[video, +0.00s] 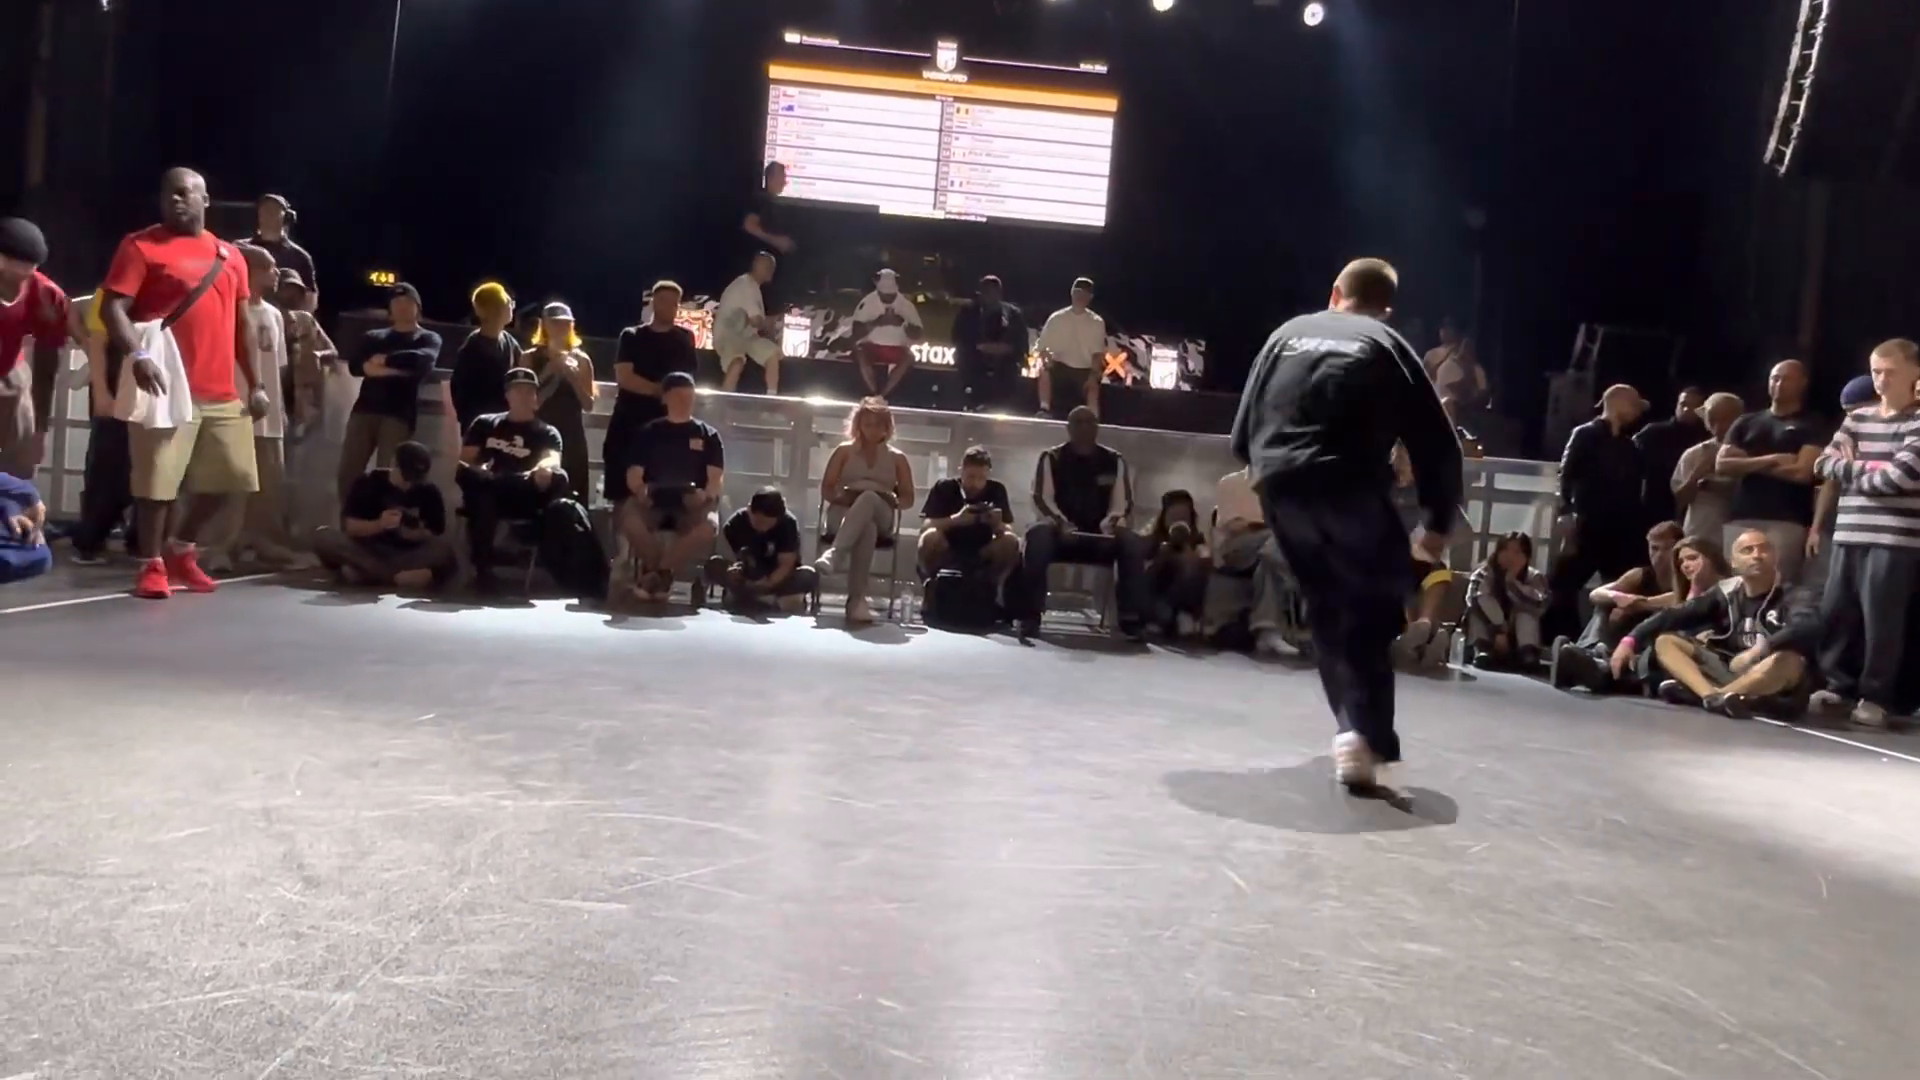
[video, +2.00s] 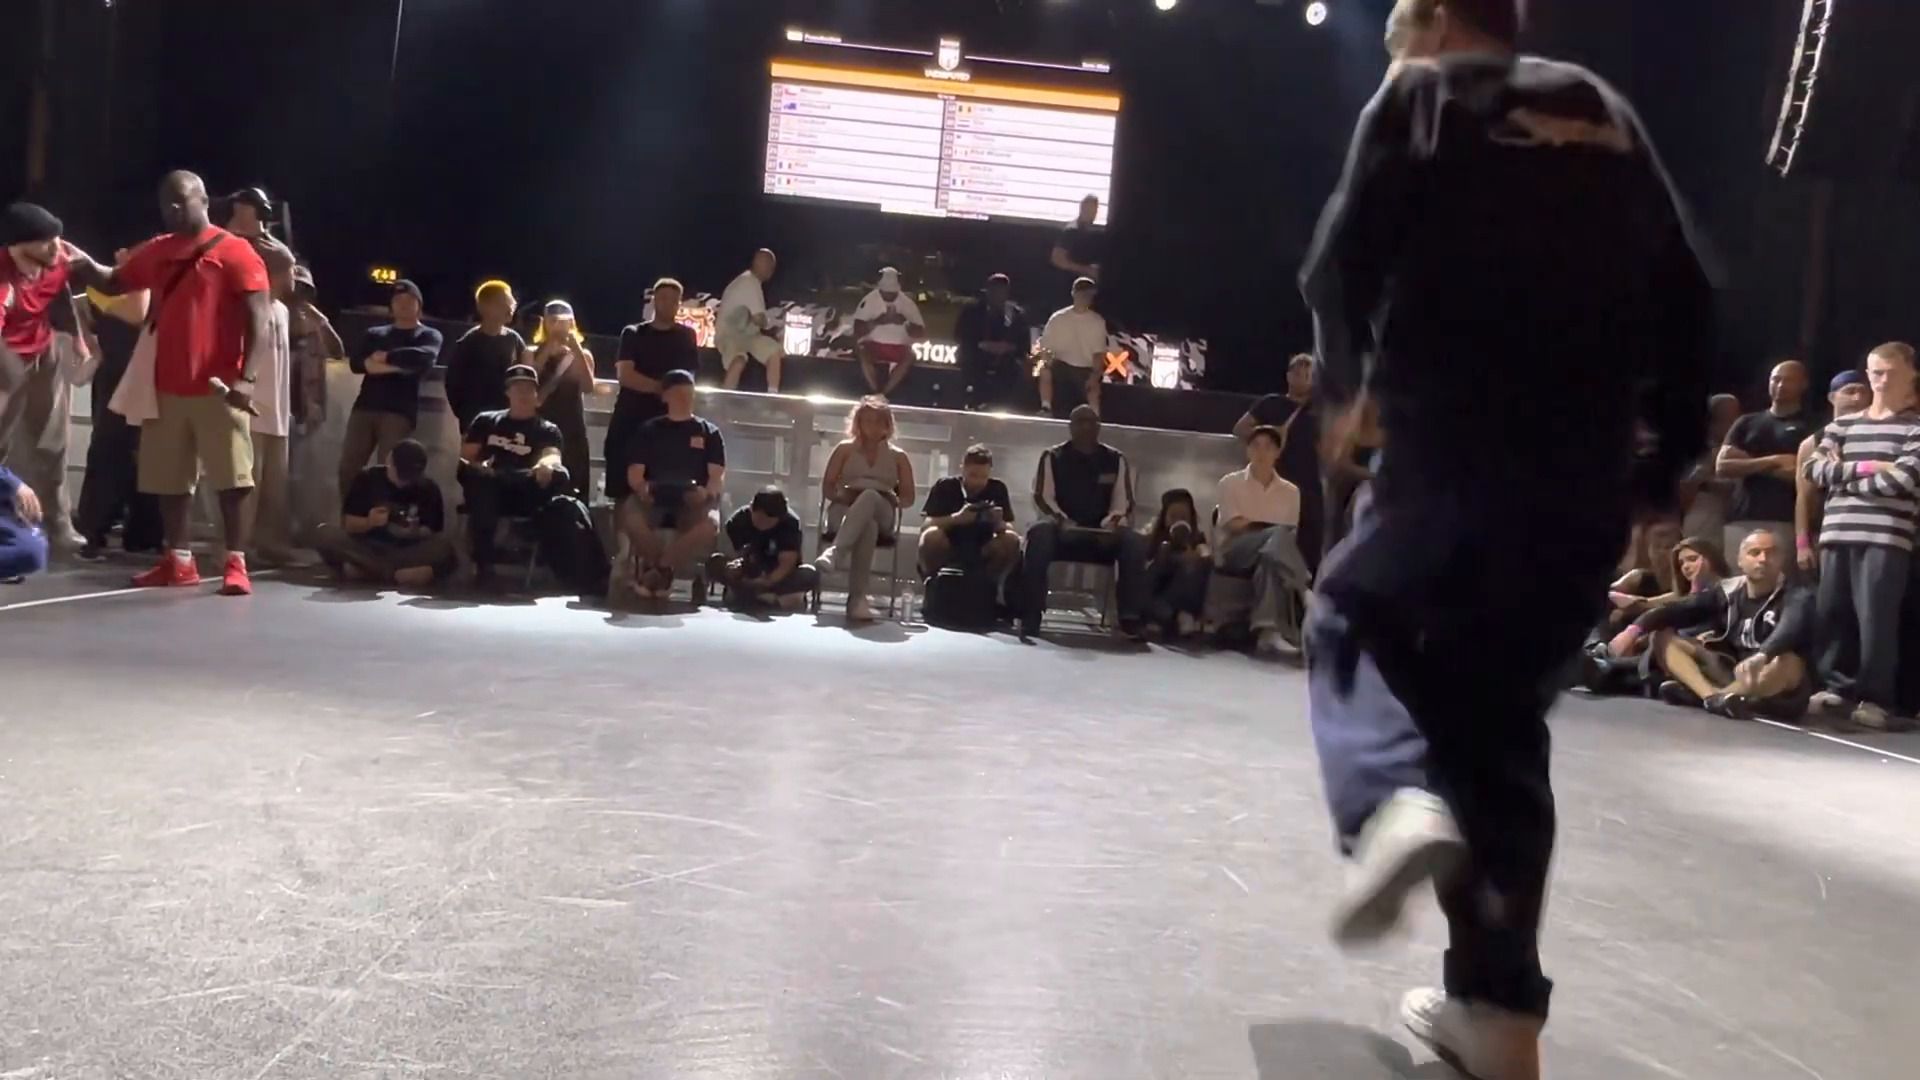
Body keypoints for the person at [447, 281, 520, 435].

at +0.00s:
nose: (513, 305)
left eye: (510, 301)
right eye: (508, 301)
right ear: (492, 310)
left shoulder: (510, 343)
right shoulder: (470, 349)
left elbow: (516, 381)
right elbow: (458, 385)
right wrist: (467, 420)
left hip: (505, 420)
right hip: (476, 423)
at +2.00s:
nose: (511, 308)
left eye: (511, 302)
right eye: (505, 303)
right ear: (486, 308)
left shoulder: (514, 341)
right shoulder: (466, 344)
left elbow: (523, 378)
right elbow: (452, 382)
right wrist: (465, 416)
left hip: (507, 417)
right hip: (473, 418)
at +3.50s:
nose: (484, 319)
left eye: (491, 314)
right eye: (481, 313)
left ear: (503, 320)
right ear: (475, 315)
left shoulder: (511, 352)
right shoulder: (455, 346)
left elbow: (514, 391)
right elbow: (445, 383)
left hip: (494, 426)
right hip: (457, 423)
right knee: (452, 487)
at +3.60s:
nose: (481, 323)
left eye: (487, 318)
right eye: (478, 317)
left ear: (499, 322)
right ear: (471, 317)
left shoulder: (510, 354)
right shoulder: (453, 348)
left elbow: (512, 395)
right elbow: (443, 387)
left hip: (493, 432)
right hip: (455, 429)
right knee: (452, 492)